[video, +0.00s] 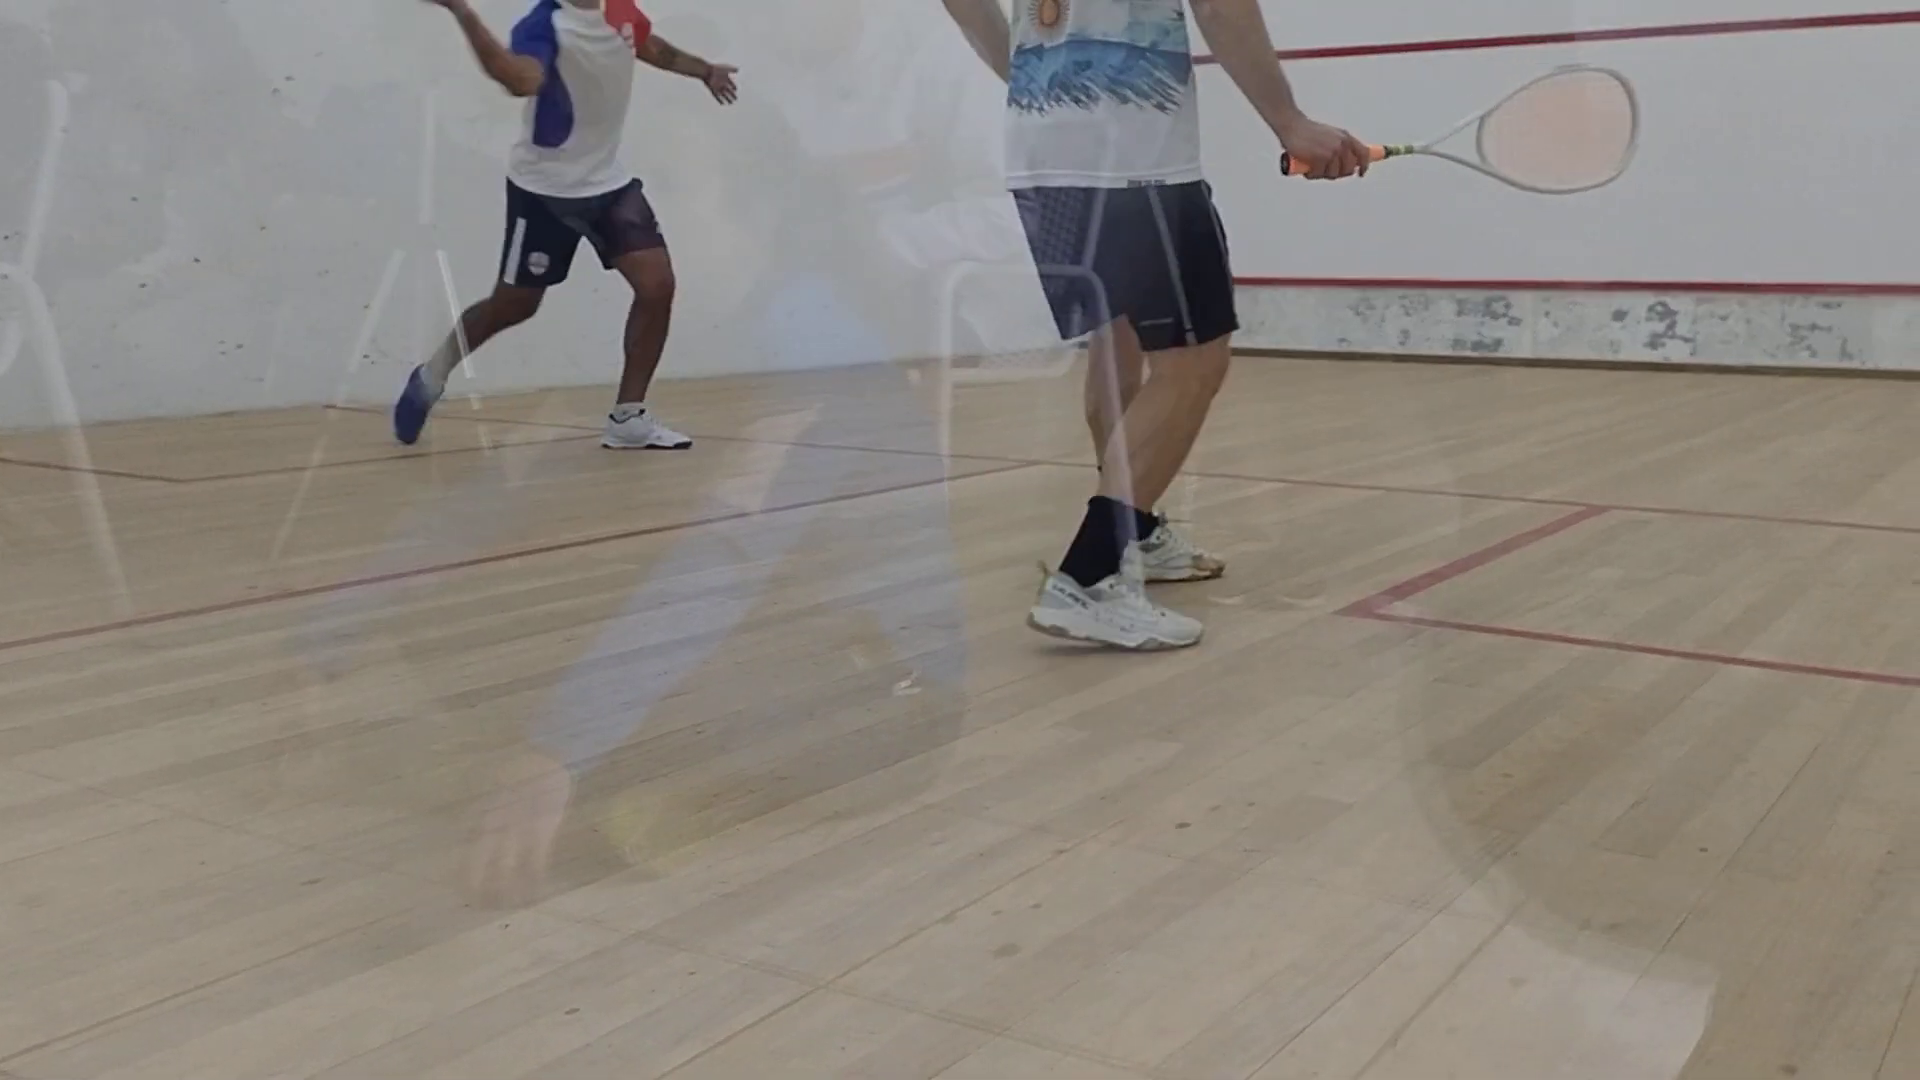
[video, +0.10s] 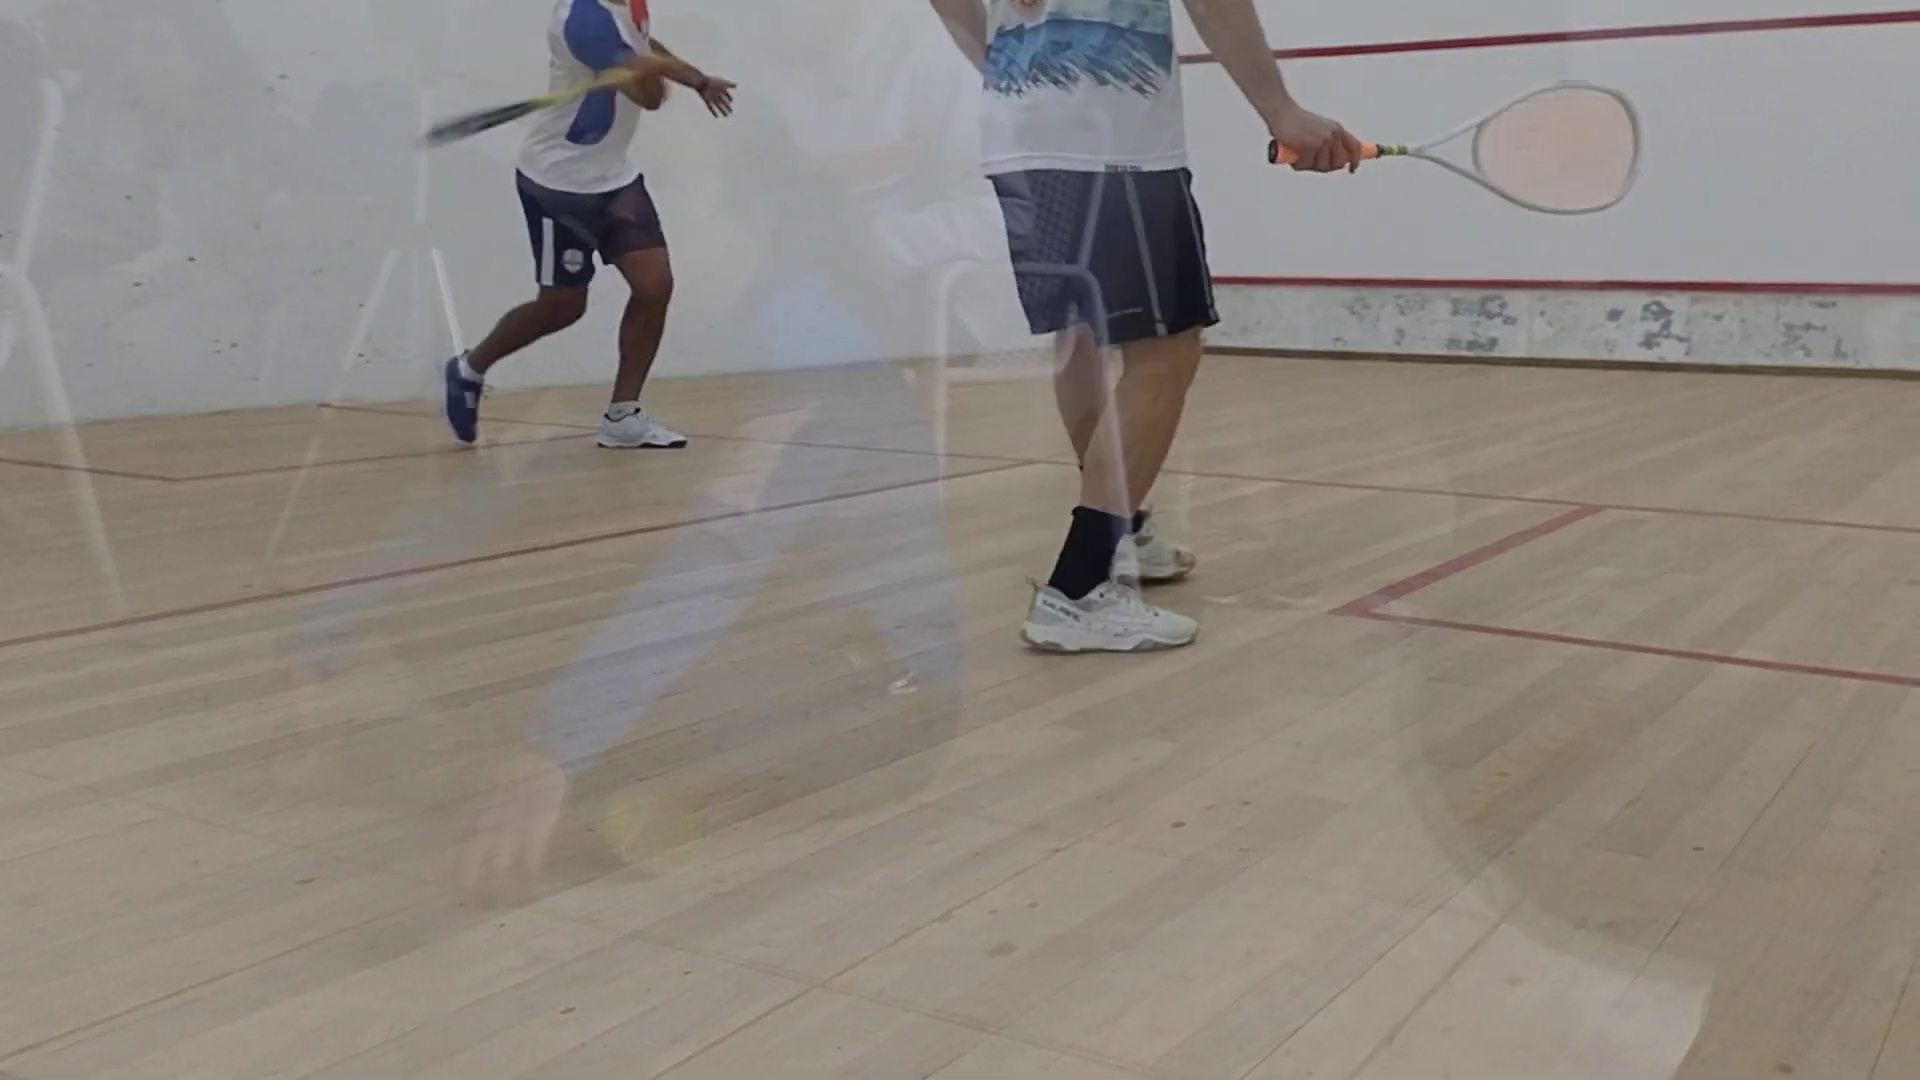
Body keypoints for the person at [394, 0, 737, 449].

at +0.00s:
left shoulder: (624, 13)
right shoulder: (543, 24)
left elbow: (653, 49)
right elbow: (522, 80)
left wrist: (705, 70)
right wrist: (463, 12)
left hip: (607, 181)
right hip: (542, 186)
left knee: (657, 286)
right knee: (516, 302)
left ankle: (627, 416)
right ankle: (430, 377)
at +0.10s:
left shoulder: (629, 7)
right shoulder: (586, 18)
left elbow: (646, 48)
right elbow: (649, 96)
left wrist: (698, 80)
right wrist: (649, 63)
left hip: (613, 171)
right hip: (556, 177)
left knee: (654, 288)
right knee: (562, 305)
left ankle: (622, 415)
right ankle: (467, 370)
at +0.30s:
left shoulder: (608, 4)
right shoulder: (650, 12)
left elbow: (595, 69)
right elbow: (676, 114)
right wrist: (714, 210)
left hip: (611, 159)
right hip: (597, 162)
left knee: (643, 286)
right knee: (645, 285)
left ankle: (611, 413)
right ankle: (553, 397)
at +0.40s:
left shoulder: (612, 3)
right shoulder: (663, 11)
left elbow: (579, 42)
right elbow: (661, 113)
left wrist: (615, 111)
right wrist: (687, 214)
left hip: (593, 154)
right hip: (617, 158)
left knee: (640, 288)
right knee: (680, 285)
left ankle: (607, 413)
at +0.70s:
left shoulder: (610, 0)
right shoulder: (694, 4)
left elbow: (584, 46)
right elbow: (694, 59)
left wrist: (605, 135)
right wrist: (709, 160)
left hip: (608, 136)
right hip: (668, 139)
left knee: (645, 264)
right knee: (713, 281)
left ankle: (603, 409)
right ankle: (694, 436)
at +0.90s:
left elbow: (594, 38)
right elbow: (703, 35)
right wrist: (740, 150)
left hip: (611, 132)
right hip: (687, 137)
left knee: (628, 284)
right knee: (704, 288)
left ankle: (606, 385)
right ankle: (689, 435)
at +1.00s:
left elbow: (596, 45)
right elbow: (697, 32)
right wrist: (747, 145)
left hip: (602, 124)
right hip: (686, 131)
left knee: (617, 290)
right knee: (707, 289)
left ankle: (599, 436)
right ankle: (691, 435)